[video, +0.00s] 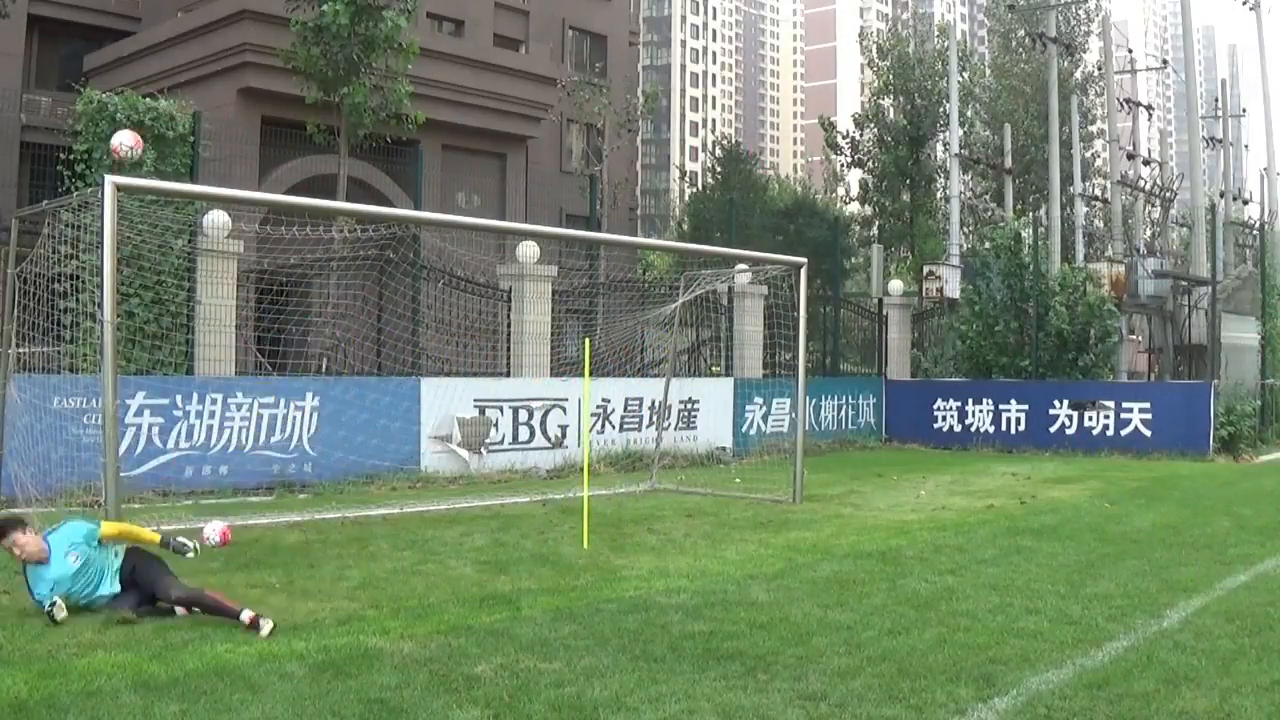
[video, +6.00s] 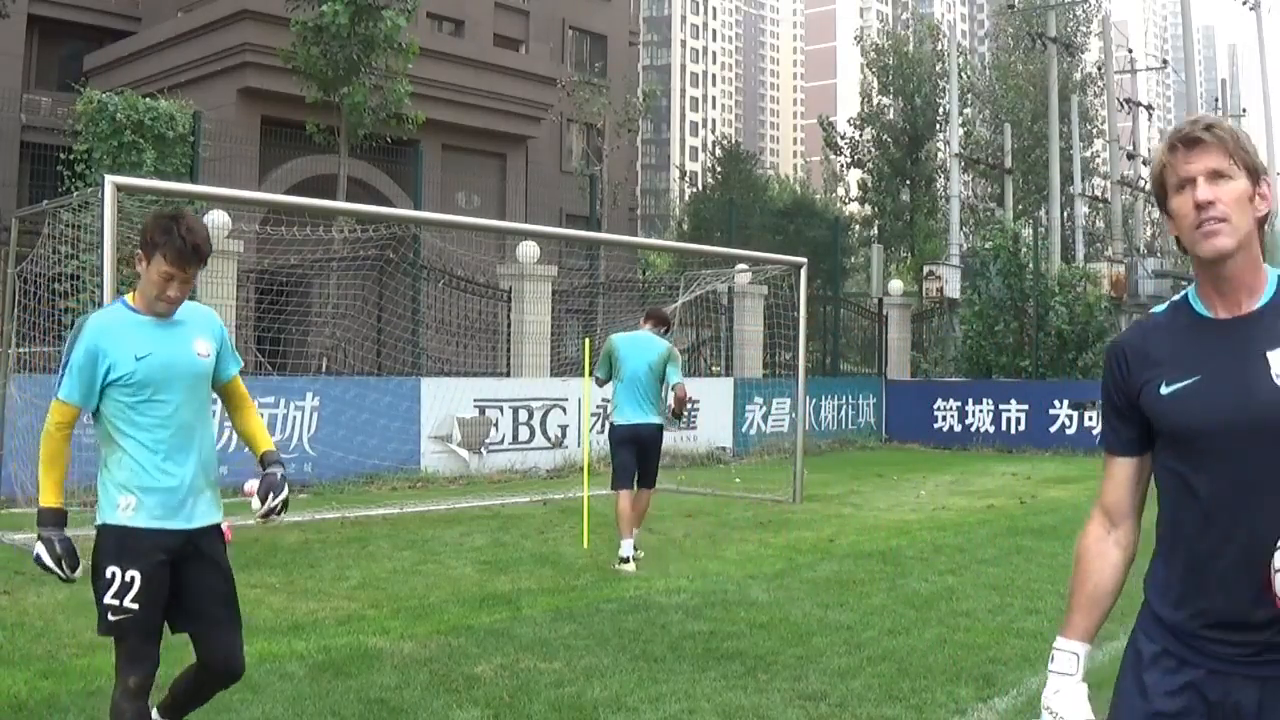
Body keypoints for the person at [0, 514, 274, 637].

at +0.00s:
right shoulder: (36, 582)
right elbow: (54, 610)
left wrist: (165, 540)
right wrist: (57, 613)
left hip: (129, 562)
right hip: (117, 595)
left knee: (174, 593)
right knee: (122, 615)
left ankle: (248, 617)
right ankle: (178, 607)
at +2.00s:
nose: (167, 474)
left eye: (173, 471)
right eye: (164, 468)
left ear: (184, 462)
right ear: (156, 451)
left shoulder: (185, 437)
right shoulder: (130, 447)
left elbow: (183, 460)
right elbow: (93, 476)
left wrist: (184, 480)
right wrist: (71, 509)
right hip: (113, 455)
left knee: (157, 526)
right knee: (108, 527)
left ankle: (140, 591)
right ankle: (105, 552)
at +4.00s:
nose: (71, 308)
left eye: (80, 302)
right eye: (66, 299)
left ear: (89, 306)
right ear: (53, 296)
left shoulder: (97, 348)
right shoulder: (23, 345)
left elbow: (98, 403)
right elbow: (1, 399)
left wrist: (99, 450)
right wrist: (4, 459)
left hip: (79, 465)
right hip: (33, 465)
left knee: (68, 553)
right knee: (42, 554)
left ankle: (61, 645)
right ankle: (47, 623)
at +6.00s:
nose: (178, 291)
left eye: (188, 281)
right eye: (169, 278)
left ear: (198, 275)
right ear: (142, 262)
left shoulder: (206, 324)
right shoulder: (100, 332)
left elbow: (236, 397)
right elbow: (58, 426)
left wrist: (270, 460)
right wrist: (51, 521)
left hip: (201, 527)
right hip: (132, 530)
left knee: (224, 666)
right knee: (137, 677)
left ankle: (161, 715)